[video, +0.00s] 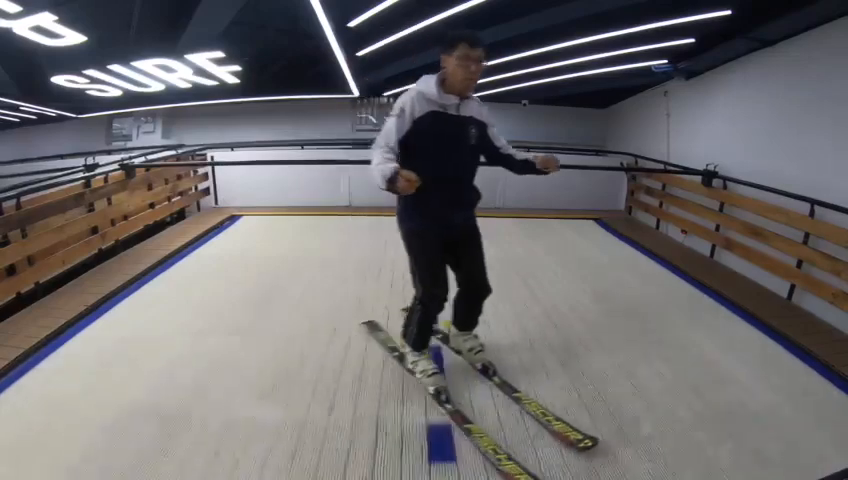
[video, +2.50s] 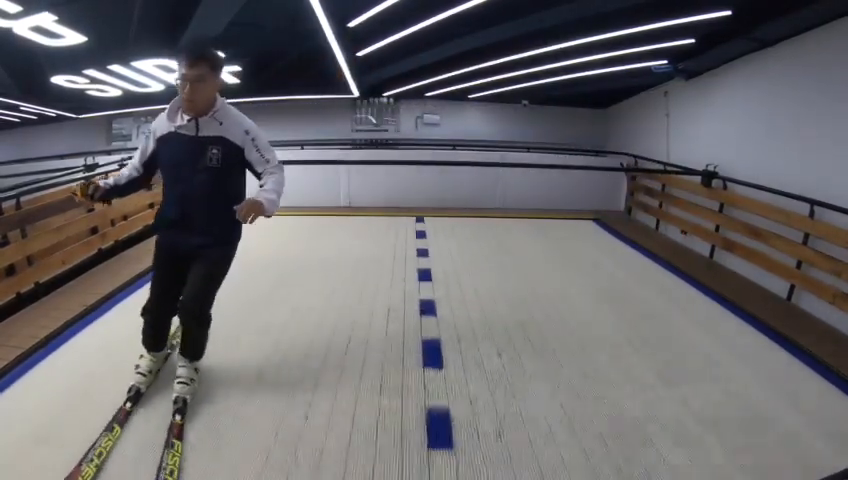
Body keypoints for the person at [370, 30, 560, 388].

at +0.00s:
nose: (474, 70)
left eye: (479, 63)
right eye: (466, 61)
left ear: (483, 67)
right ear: (444, 61)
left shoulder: (476, 111)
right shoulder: (414, 101)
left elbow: (501, 155)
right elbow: (382, 153)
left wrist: (535, 163)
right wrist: (392, 176)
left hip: (459, 211)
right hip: (419, 211)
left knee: (476, 287)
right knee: (432, 292)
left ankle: (461, 332)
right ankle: (416, 349)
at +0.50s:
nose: (601, 93)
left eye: (605, 87)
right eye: (593, 84)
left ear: (607, 89)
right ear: (572, 81)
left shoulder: (591, 126)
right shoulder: (543, 112)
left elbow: (607, 164)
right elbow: (509, 167)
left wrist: (640, 185)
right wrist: (529, 204)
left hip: (575, 214)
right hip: (538, 215)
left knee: (595, 287)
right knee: (561, 293)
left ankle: (587, 329)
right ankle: (553, 344)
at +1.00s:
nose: (639, 98)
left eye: (644, 91)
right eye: (631, 90)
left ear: (648, 93)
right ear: (609, 88)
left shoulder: (645, 138)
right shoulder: (578, 127)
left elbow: (668, 181)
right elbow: (549, 179)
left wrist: (701, 201)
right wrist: (557, 209)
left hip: (624, 238)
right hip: (580, 239)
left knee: (635, 308)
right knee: (594, 318)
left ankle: (649, 367)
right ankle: (612, 375)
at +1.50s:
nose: (542, 86)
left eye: (551, 78)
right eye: (533, 77)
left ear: (563, 83)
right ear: (518, 80)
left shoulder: (576, 139)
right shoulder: (489, 122)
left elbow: (608, 191)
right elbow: (462, 172)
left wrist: (620, 214)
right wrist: (434, 196)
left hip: (536, 253)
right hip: (485, 247)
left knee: (531, 340)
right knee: (474, 332)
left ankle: (575, 403)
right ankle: (509, 395)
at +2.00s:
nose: (310, 64)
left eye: (321, 56)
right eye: (304, 56)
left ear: (342, 59)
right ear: (298, 59)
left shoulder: (362, 108)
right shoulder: (286, 105)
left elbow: (402, 153)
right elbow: (263, 155)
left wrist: (403, 184)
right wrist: (225, 174)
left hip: (339, 221)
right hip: (294, 218)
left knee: (326, 303)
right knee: (279, 301)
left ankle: (369, 371)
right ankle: (305, 357)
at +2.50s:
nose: (188, 89)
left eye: (198, 81)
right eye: (183, 80)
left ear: (218, 82)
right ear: (177, 81)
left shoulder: (239, 128)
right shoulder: (162, 126)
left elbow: (273, 172)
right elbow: (139, 171)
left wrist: (262, 199)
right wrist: (106, 188)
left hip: (217, 234)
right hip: (173, 231)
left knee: (193, 306)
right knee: (157, 306)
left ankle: (187, 363)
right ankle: (155, 353)